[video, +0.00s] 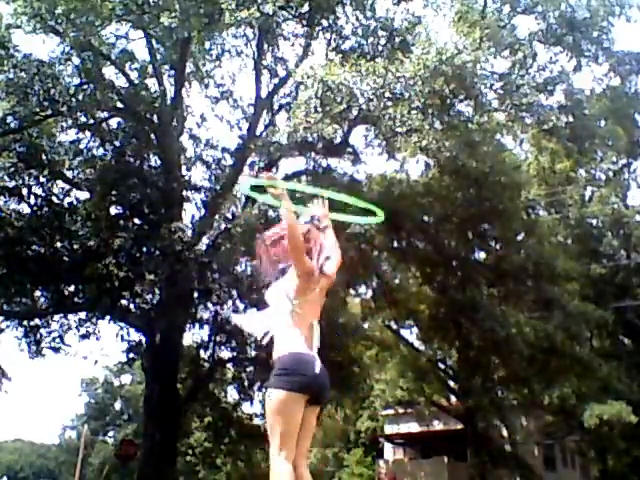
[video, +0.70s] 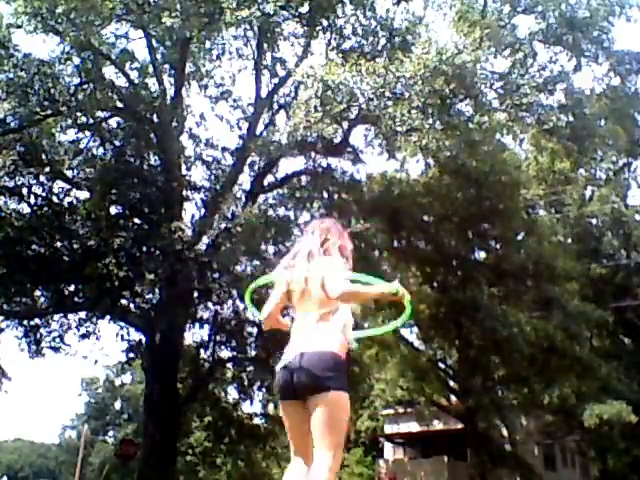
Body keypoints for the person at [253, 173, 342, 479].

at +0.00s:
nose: (291, 243)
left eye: (295, 237)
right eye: (292, 237)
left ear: (304, 242)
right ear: (319, 244)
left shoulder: (303, 273)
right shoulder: (323, 278)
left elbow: (293, 232)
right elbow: (334, 252)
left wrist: (283, 196)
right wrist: (326, 221)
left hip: (291, 365)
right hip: (316, 368)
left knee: (281, 457)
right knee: (300, 461)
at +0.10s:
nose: (288, 247)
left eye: (293, 241)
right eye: (288, 242)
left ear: (307, 245)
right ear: (292, 249)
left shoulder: (316, 273)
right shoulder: (286, 285)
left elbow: (346, 258)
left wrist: (340, 209)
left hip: (309, 368)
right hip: (289, 375)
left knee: (286, 455)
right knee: (298, 461)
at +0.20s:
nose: (310, 252)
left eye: (318, 247)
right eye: (305, 245)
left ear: (326, 250)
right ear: (294, 246)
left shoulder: (331, 276)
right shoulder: (277, 278)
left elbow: (376, 277)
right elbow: (263, 267)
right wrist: (262, 232)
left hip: (319, 373)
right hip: (283, 377)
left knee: (301, 461)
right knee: (272, 463)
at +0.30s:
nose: (326, 254)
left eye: (332, 251)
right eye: (322, 247)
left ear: (337, 258)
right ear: (304, 246)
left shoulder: (338, 288)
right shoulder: (280, 279)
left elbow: (375, 306)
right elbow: (236, 276)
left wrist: (388, 268)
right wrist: (244, 239)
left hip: (326, 379)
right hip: (286, 376)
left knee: (309, 461)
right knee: (288, 454)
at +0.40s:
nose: (338, 252)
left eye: (341, 246)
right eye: (333, 243)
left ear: (343, 252)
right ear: (317, 244)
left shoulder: (339, 290)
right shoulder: (291, 271)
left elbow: (351, 318)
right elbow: (239, 273)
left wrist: (373, 285)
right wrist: (257, 237)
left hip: (329, 376)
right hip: (293, 370)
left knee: (315, 458)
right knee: (308, 454)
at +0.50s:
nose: (342, 253)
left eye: (345, 248)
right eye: (338, 245)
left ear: (345, 252)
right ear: (323, 243)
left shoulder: (333, 282)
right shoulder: (304, 268)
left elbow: (330, 320)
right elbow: (261, 272)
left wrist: (350, 299)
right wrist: (293, 240)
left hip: (326, 376)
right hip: (303, 369)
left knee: (325, 463)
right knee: (314, 461)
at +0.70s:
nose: (345, 253)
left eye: (345, 248)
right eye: (343, 247)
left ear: (307, 242)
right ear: (333, 243)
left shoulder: (288, 272)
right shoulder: (333, 264)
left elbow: (269, 318)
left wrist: (293, 326)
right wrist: (385, 290)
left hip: (287, 364)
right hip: (325, 360)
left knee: (300, 458)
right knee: (326, 461)